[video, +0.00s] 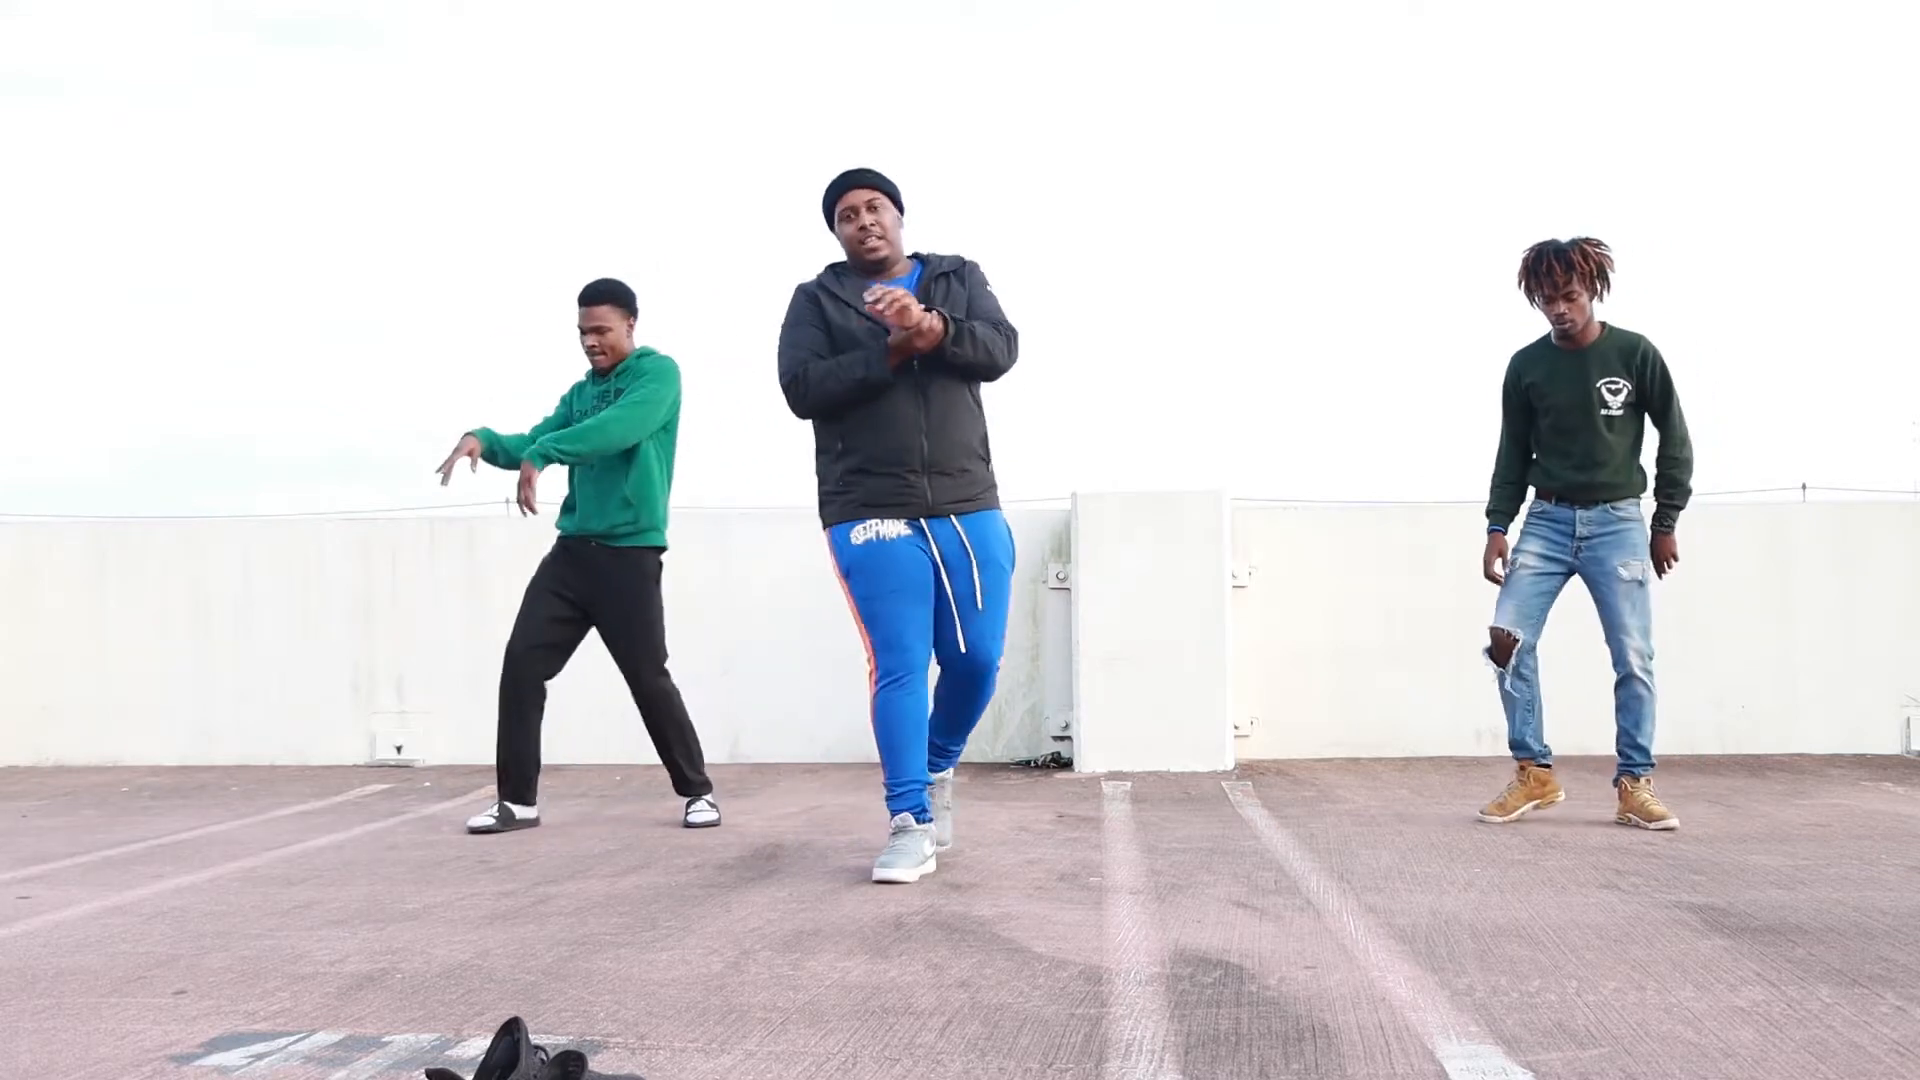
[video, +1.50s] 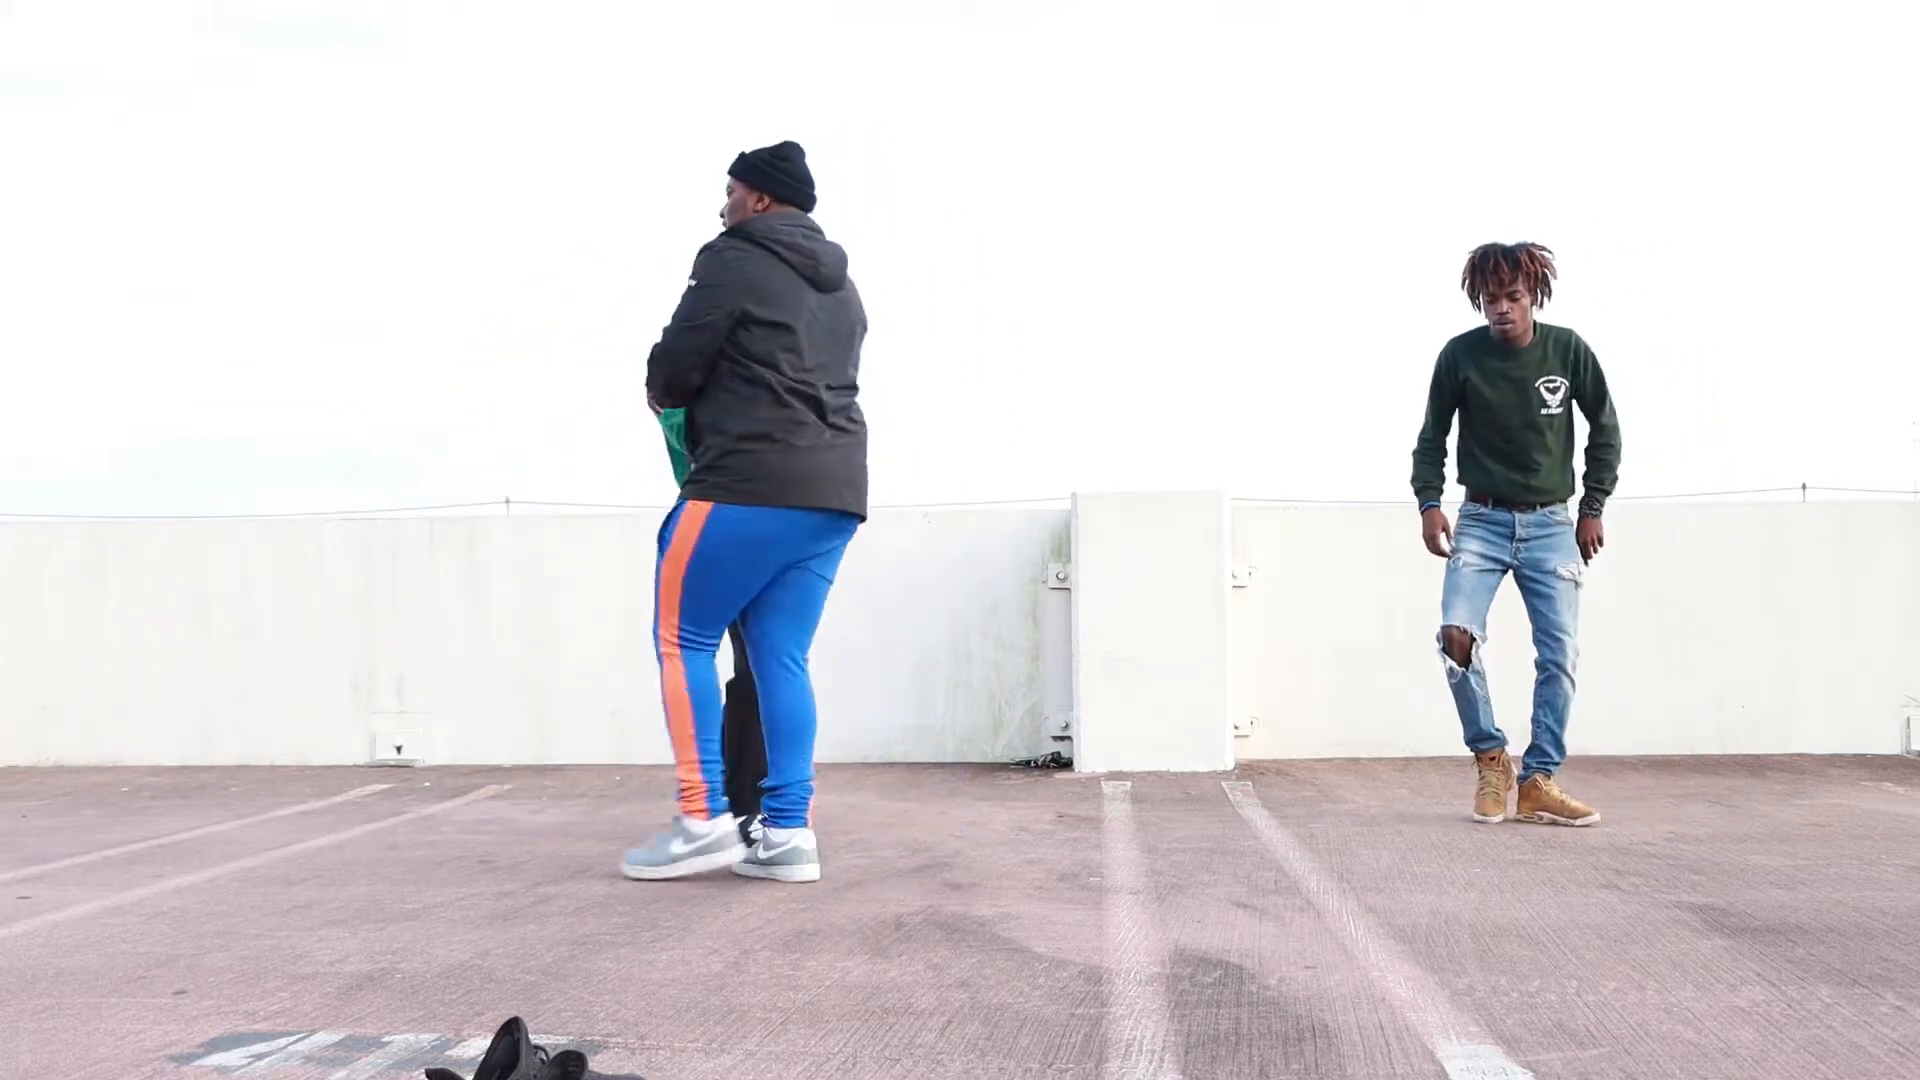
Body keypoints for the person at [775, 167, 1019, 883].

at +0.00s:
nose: (865, 220)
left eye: (874, 208)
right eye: (850, 216)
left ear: (900, 216)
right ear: (836, 236)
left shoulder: (956, 277)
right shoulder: (817, 300)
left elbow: (999, 350)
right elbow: (803, 391)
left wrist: (938, 331)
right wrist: (892, 349)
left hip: (966, 497)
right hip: (870, 504)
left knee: (978, 659)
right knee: (900, 662)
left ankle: (935, 767)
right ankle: (909, 823)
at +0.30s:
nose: (856, 191)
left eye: (868, 177)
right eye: (845, 185)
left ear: (905, 185)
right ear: (837, 203)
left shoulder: (955, 241)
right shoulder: (822, 271)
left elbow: (952, 330)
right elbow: (781, 382)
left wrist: (835, 318)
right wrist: (825, 341)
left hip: (944, 480)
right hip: (851, 492)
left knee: (932, 640)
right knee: (882, 665)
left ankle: (957, 825)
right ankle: (907, 825)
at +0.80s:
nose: (824, 191)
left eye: (834, 177)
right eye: (824, 178)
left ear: (876, 177)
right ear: (876, 180)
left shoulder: (892, 230)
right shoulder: (879, 240)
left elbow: (833, 335)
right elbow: (858, 365)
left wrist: (749, 355)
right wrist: (778, 358)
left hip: (913, 478)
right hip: (869, 483)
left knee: (900, 655)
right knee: (808, 637)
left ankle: (947, 844)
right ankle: (828, 821)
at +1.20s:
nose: (775, 208)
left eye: (784, 196)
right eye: (780, 195)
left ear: (815, 201)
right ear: (842, 205)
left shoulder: (801, 261)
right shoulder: (880, 282)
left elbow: (741, 359)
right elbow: (835, 373)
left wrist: (700, 395)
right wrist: (744, 374)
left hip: (815, 491)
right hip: (856, 489)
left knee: (813, 666)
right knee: (762, 661)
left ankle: (928, 831)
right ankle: (784, 830)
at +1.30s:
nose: (759, 208)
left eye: (767, 197)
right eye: (763, 196)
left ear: (799, 203)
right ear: (823, 207)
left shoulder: (782, 261)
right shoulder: (864, 281)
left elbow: (716, 364)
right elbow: (825, 369)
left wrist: (681, 384)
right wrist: (732, 354)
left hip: (796, 483)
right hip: (862, 493)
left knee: (742, 651)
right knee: (773, 657)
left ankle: (871, 794)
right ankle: (783, 831)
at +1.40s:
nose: (742, 207)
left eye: (750, 195)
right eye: (745, 195)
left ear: (780, 200)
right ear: (806, 205)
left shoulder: (759, 261)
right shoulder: (851, 283)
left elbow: (693, 372)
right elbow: (804, 370)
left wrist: (669, 379)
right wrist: (706, 360)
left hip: (773, 482)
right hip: (849, 493)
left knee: (698, 641)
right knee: (777, 657)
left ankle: (788, 799)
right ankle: (788, 835)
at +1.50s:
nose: (724, 205)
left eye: (730, 194)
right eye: (726, 193)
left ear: (758, 198)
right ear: (793, 203)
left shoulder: (733, 257)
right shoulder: (839, 281)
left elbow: (678, 363)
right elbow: (819, 373)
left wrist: (662, 392)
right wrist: (718, 389)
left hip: (748, 481)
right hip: (835, 488)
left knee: (682, 640)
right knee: (781, 652)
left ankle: (703, 819)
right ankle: (787, 831)